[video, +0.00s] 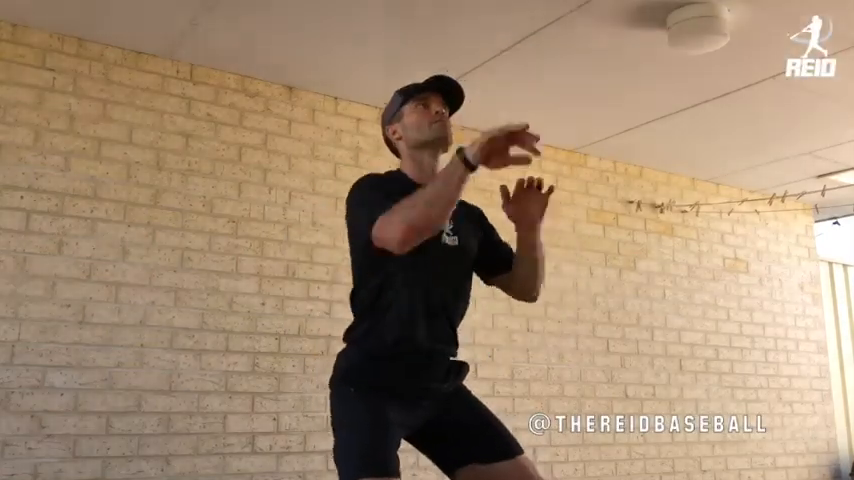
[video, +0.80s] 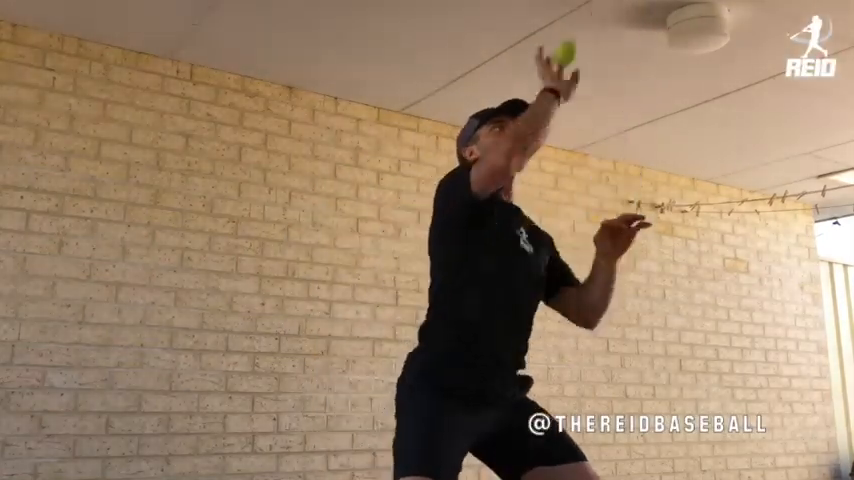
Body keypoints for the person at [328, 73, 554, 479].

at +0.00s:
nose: (438, 110)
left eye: (443, 107)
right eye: (421, 105)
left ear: (451, 128)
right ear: (394, 132)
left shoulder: (468, 217)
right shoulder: (372, 190)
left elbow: (526, 288)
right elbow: (397, 234)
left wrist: (528, 229)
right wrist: (468, 158)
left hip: (437, 384)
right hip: (368, 381)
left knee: (518, 473)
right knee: (371, 471)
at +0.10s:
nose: (446, 115)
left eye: (450, 112)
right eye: (429, 110)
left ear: (458, 136)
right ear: (401, 138)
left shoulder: (470, 215)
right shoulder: (372, 200)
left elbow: (555, 270)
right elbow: (371, 272)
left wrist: (539, 207)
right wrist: (446, 218)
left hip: (445, 388)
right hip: (377, 385)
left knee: (530, 474)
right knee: (371, 472)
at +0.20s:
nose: (456, 123)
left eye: (460, 119)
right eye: (439, 118)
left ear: (469, 142)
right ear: (412, 146)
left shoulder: (491, 218)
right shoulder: (382, 213)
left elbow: (584, 234)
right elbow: (358, 300)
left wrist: (547, 170)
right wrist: (422, 263)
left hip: (462, 395)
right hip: (391, 394)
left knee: (546, 475)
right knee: (378, 472)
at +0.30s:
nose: (463, 128)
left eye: (467, 124)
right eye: (446, 125)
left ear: (479, 146)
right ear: (421, 154)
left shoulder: (506, 214)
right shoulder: (393, 226)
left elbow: (595, 182)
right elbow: (360, 320)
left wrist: (577, 115)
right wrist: (408, 293)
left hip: (478, 398)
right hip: (405, 398)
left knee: (561, 476)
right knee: (386, 476)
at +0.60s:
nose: (480, 122)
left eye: (485, 120)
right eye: (463, 119)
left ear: (494, 143)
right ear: (438, 148)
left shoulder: (526, 214)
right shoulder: (414, 219)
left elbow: (623, 233)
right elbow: (393, 301)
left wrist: (616, 175)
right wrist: (451, 234)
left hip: (497, 395)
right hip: (425, 395)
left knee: (577, 475)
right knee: (399, 473)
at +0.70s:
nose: (496, 134)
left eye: (501, 127)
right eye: (481, 125)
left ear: (516, 145)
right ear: (454, 150)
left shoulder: (528, 227)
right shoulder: (430, 202)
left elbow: (608, 284)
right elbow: (446, 227)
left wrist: (609, 227)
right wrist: (498, 159)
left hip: (499, 396)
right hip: (429, 394)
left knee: (579, 475)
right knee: (408, 473)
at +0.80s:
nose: (517, 137)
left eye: (521, 131)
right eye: (499, 130)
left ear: (526, 148)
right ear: (470, 152)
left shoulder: (535, 240)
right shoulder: (457, 200)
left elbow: (587, 312)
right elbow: (519, 146)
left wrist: (606, 256)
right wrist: (550, 94)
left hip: (502, 396)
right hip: (438, 390)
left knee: (579, 476)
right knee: (419, 475)